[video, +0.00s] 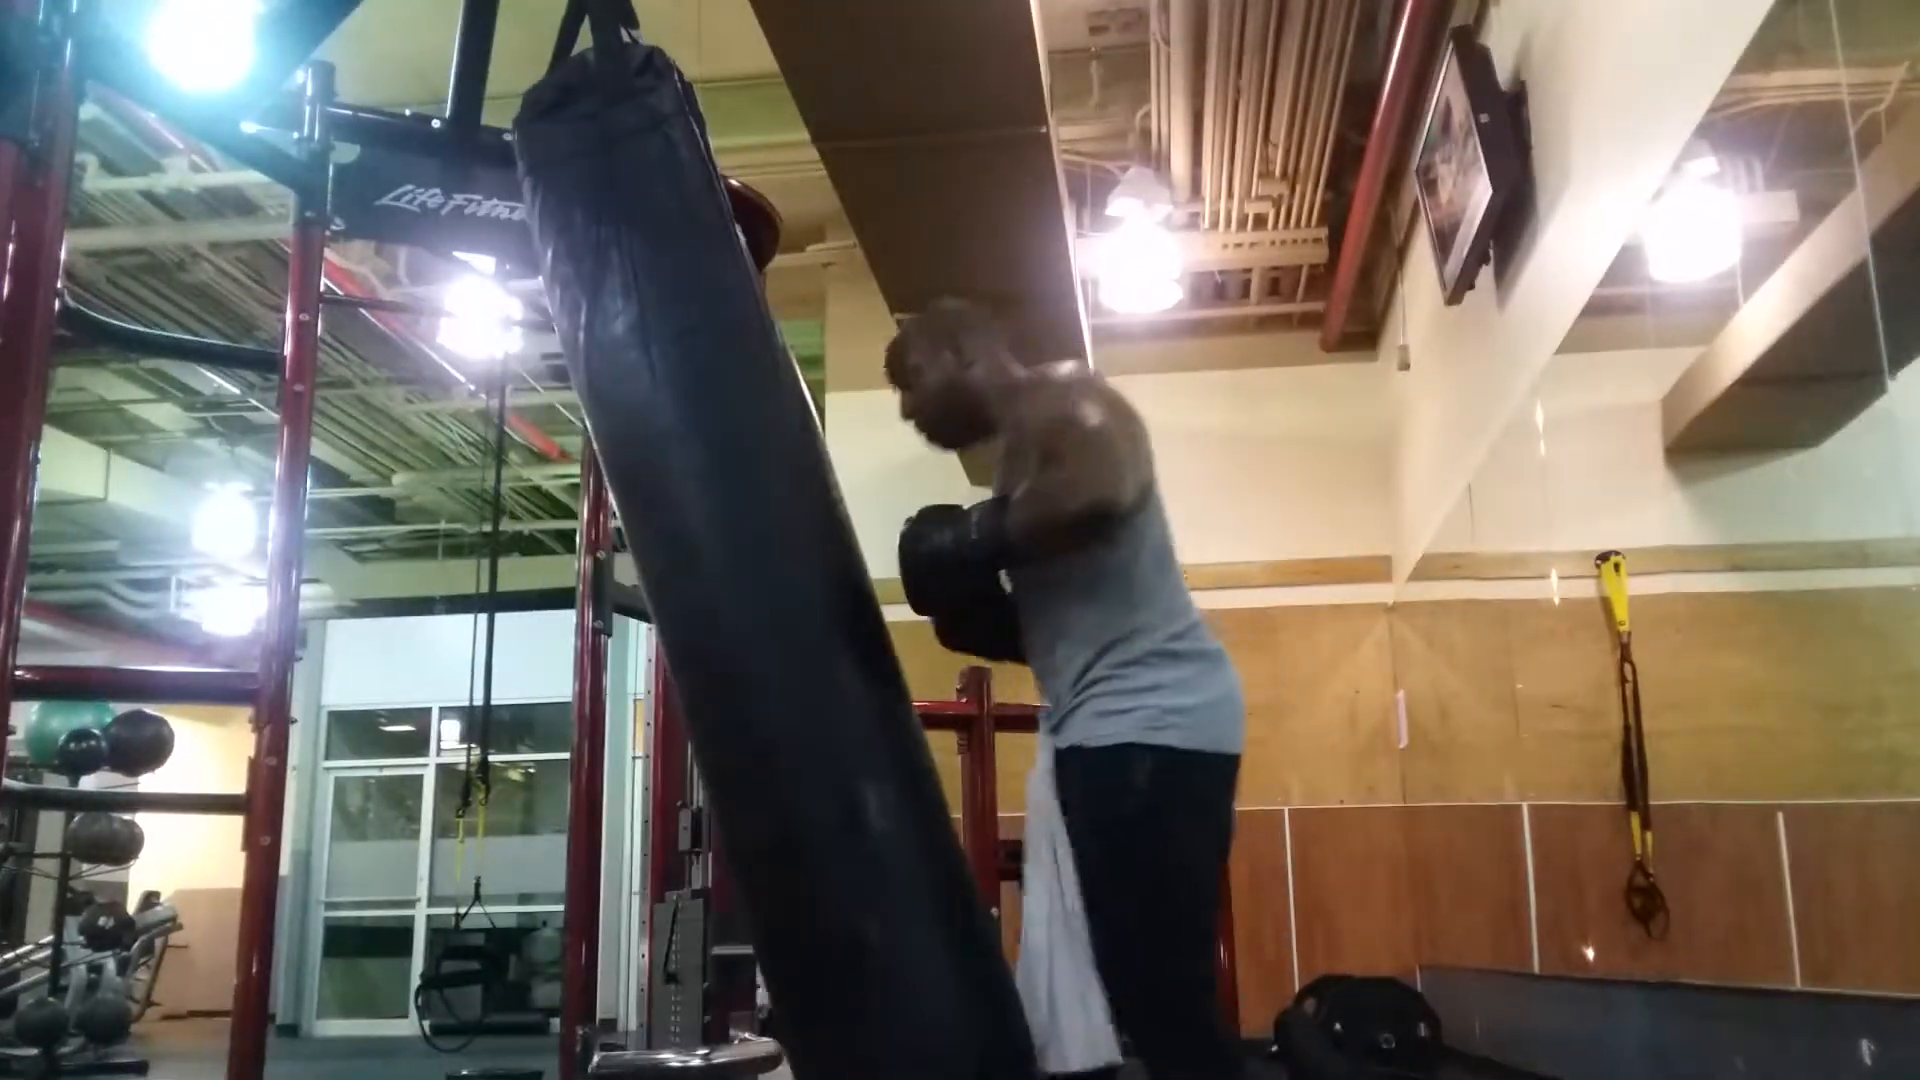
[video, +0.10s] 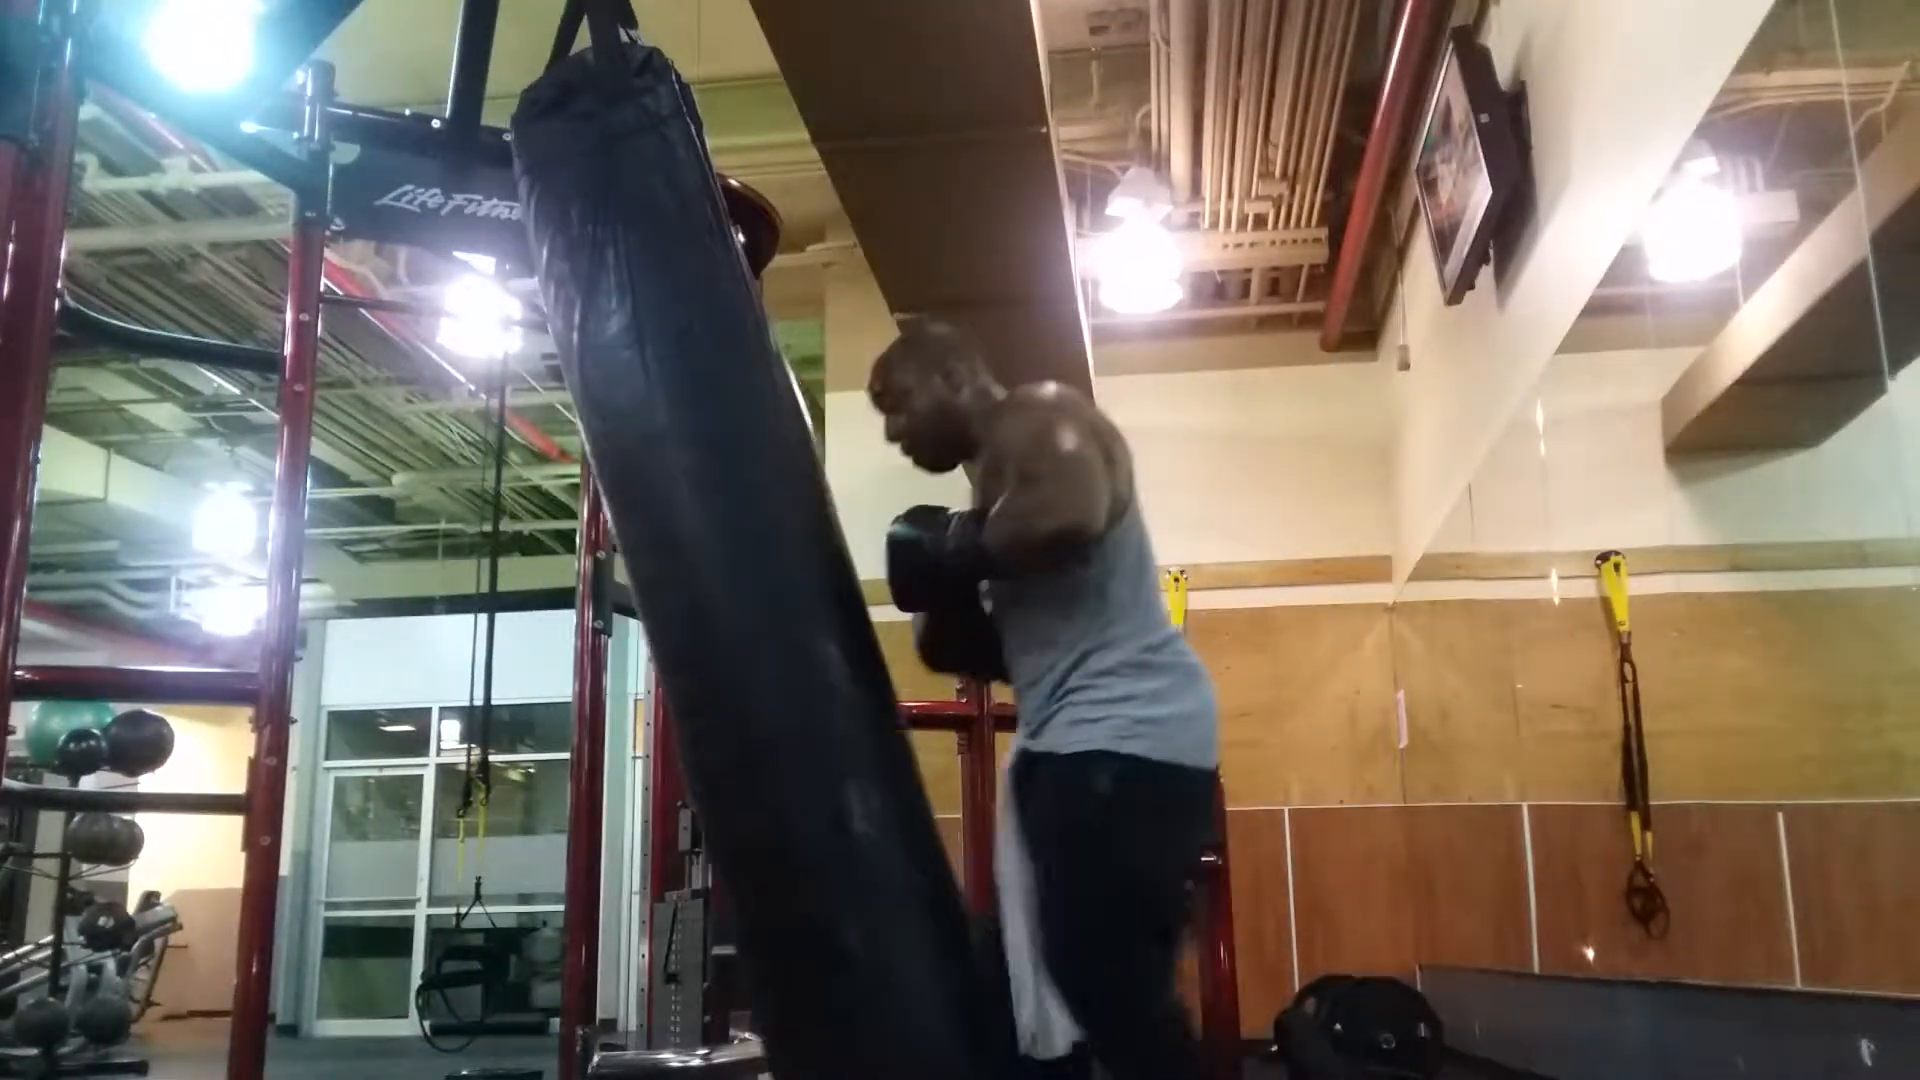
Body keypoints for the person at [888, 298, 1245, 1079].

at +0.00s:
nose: (906, 409)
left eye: (906, 379)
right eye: (898, 389)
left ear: (962, 354)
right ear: (965, 360)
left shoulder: (1059, 397)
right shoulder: (1021, 456)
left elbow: (1099, 485)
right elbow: (1070, 634)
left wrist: (965, 533)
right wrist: (960, 611)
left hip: (1148, 724)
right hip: (1103, 731)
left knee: (1166, 1018)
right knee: (1152, 1017)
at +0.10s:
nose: (894, 434)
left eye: (896, 410)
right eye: (887, 418)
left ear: (952, 379)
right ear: (953, 386)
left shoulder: (1036, 414)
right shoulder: (998, 473)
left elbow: (1070, 515)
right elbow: (1061, 646)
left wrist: (951, 541)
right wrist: (963, 637)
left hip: (1118, 735)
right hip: (1077, 738)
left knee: (1116, 999)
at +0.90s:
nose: (797, 375)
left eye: (797, 346)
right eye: (790, 352)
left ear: (848, 315)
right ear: (877, 309)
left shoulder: (903, 372)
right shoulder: (998, 374)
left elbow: (873, 554)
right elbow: (948, 583)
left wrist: (795, 513)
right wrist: (814, 528)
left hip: (1015, 714)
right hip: (1090, 707)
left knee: (899, 986)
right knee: (1049, 977)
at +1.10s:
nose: (827, 357)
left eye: (824, 326)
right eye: (818, 334)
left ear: (876, 293)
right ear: (911, 287)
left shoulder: (913, 340)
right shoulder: (1031, 357)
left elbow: (900, 524)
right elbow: (973, 550)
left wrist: (819, 496)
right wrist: (834, 499)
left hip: (1025, 697)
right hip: (1133, 692)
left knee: (943, 979)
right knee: (1106, 949)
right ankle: (1185, 1069)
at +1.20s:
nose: (845, 379)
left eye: (842, 347)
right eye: (835, 356)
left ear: (892, 316)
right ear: (925, 306)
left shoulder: (938, 358)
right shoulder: (1056, 379)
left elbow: (926, 547)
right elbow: (997, 566)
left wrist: (837, 511)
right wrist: (855, 520)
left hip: (1048, 711)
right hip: (1158, 704)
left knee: (943, 1009)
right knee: (1157, 981)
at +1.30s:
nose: (867, 401)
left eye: (864, 371)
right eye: (858, 380)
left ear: (913, 337)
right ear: (942, 330)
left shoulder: (968, 373)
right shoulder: (1061, 384)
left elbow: (970, 547)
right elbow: (1017, 601)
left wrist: (871, 526)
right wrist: (884, 547)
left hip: (1095, 706)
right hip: (1198, 700)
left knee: (973, 976)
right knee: (1181, 956)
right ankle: (1262, 1067)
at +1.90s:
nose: (913, 379)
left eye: (906, 346)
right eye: (901, 355)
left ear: (960, 309)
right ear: (992, 303)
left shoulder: (1022, 354)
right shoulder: (1107, 353)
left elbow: (1029, 546)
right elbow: (1070, 572)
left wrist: (923, 511)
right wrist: (940, 522)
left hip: (1175, 692)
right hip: (1276, 679)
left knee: (1078, 971)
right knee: (1261, 958)